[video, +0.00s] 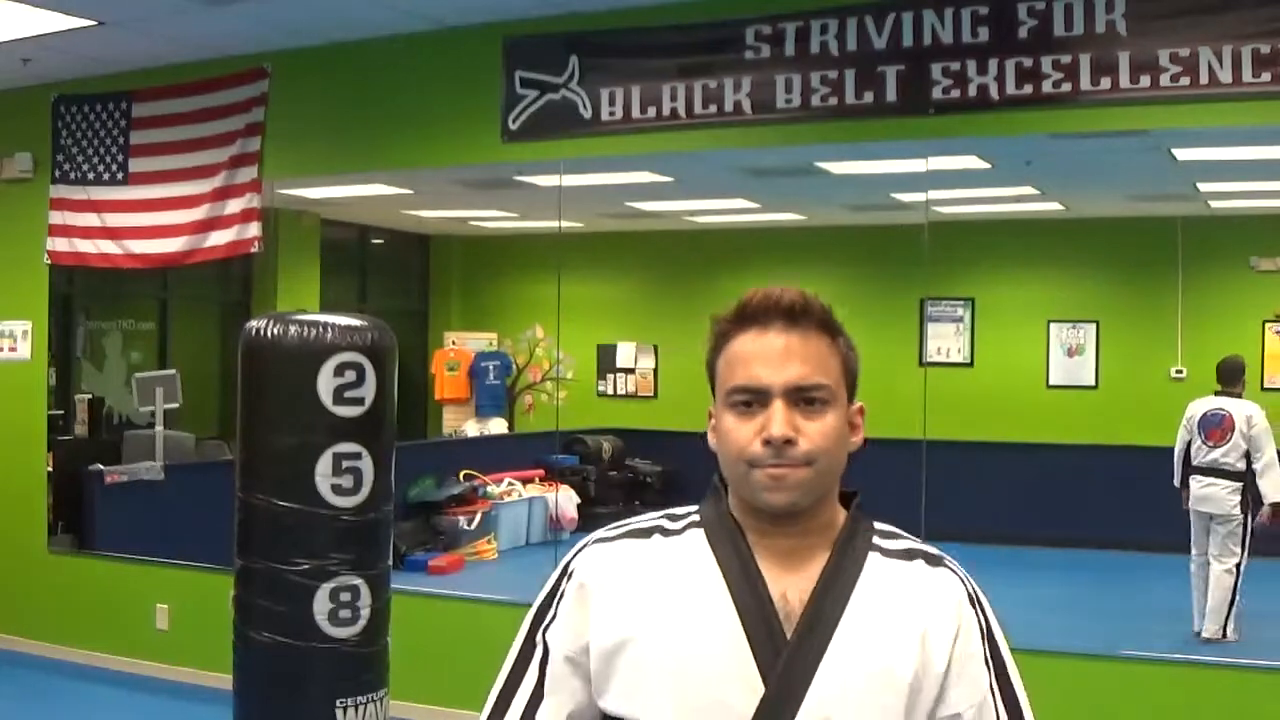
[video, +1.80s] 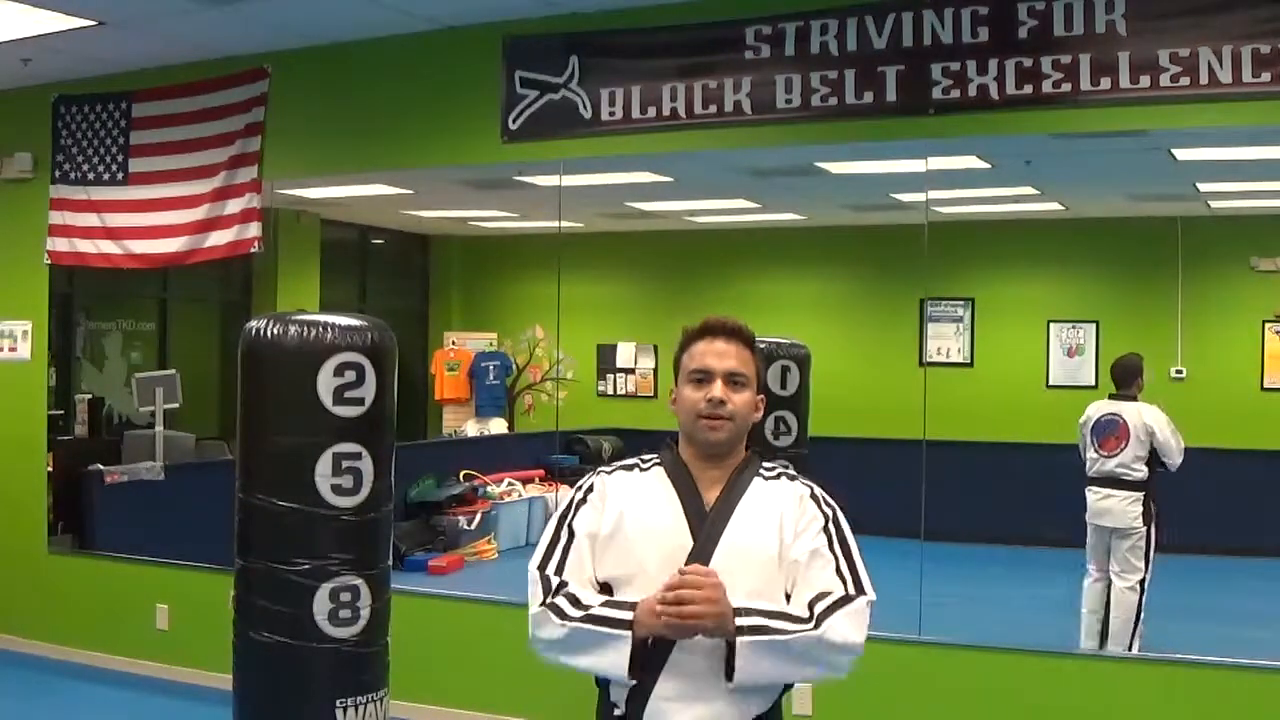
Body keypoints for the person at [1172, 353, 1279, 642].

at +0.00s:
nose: (1244, 380)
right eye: (1244, 376)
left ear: (1217, 379)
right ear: (1243, 379)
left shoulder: (1195, 408)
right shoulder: (1251, 412)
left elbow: (1181, 451)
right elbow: (1265, 459)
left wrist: (1181, 484)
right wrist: (1271, 500)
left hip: (1197, 491)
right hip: (1230, 495)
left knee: (1199, 556)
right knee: (1224, 560)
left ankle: (1200, 623)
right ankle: (1214, 628)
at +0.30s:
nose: (1223, 381)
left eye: (1219, 377)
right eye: (1222, 378)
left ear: (1195, 381)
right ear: (1221, 381)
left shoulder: (1175, 411)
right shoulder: (1228, 417)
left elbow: (1166, 455)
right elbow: (1248, 465)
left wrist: (1169, 486)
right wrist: (1267, 503)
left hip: (1180, 492)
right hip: (1213, 497)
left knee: (1175, 552)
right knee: (1212, 564)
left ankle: (1151, 612)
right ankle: (1212, 631)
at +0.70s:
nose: (1180, 382)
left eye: (1178, 378)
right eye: (1179, 378)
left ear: (1151, 383)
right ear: (1175, 381)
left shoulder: (1132, 416)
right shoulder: (1187, 414)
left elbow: (1127, 464)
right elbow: (1206, 460)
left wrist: (1131, 494)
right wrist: (1221, 496)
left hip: (1141, 496)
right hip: (1176, 498)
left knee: (1142, 564)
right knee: (1192, 565)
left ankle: (1139, 637)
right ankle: (1203, 629)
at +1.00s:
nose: (1160, 380)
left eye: (1155, 377)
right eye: (1159, 376)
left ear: (1131, 382)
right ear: (1156, 379)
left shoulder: (1115, 416)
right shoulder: (1172, 411)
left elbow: (1097, 462)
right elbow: (1194, 455)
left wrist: (1092, 504)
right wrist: (1211, 495)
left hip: (1127, 499)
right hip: (1164, 501)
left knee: (1131, 568)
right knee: (1177, 565)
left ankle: (1135, 641)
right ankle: (1159, 635)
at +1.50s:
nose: (1153, 383)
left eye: (1150, 379)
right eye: (1152, 379)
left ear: (1123, 383)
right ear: (1149, 383)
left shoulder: (1102, 416)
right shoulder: (1159, 418)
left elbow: (1094, 463)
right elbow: (1185, 467)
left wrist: (1121, 467)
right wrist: (1201, 460)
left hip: (1109, 502)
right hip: (1143, 504)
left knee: (1116, 576)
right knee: (1139, 577)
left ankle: (1135, 634)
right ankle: (1120, 650)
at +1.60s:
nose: (1151, 383)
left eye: (1147, 379)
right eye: (1151, 379)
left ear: (1121, 382)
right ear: (1147, 382)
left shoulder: (1099, 414)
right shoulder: (1155, 417)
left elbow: (1094, 458)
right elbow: (1178, 464)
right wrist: (1182, 447)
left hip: (1104, 502)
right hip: (1138, 504)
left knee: (1112, 576)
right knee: (1135, 577)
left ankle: (1131, 637)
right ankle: (1120, 651)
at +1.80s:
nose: (1144, 381)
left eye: (1141, 376)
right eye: (1143, 377)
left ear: (1113, 380)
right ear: (1140, 380)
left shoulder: (1093, 411)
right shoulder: (1150, 415)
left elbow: (1086, 453)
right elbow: (1174, 459)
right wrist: (1146, 449)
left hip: (1096, 502)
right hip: (1130, 505)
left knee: (1096, 574)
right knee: (1127, 578)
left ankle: (1088, 649)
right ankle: (1119, 654)